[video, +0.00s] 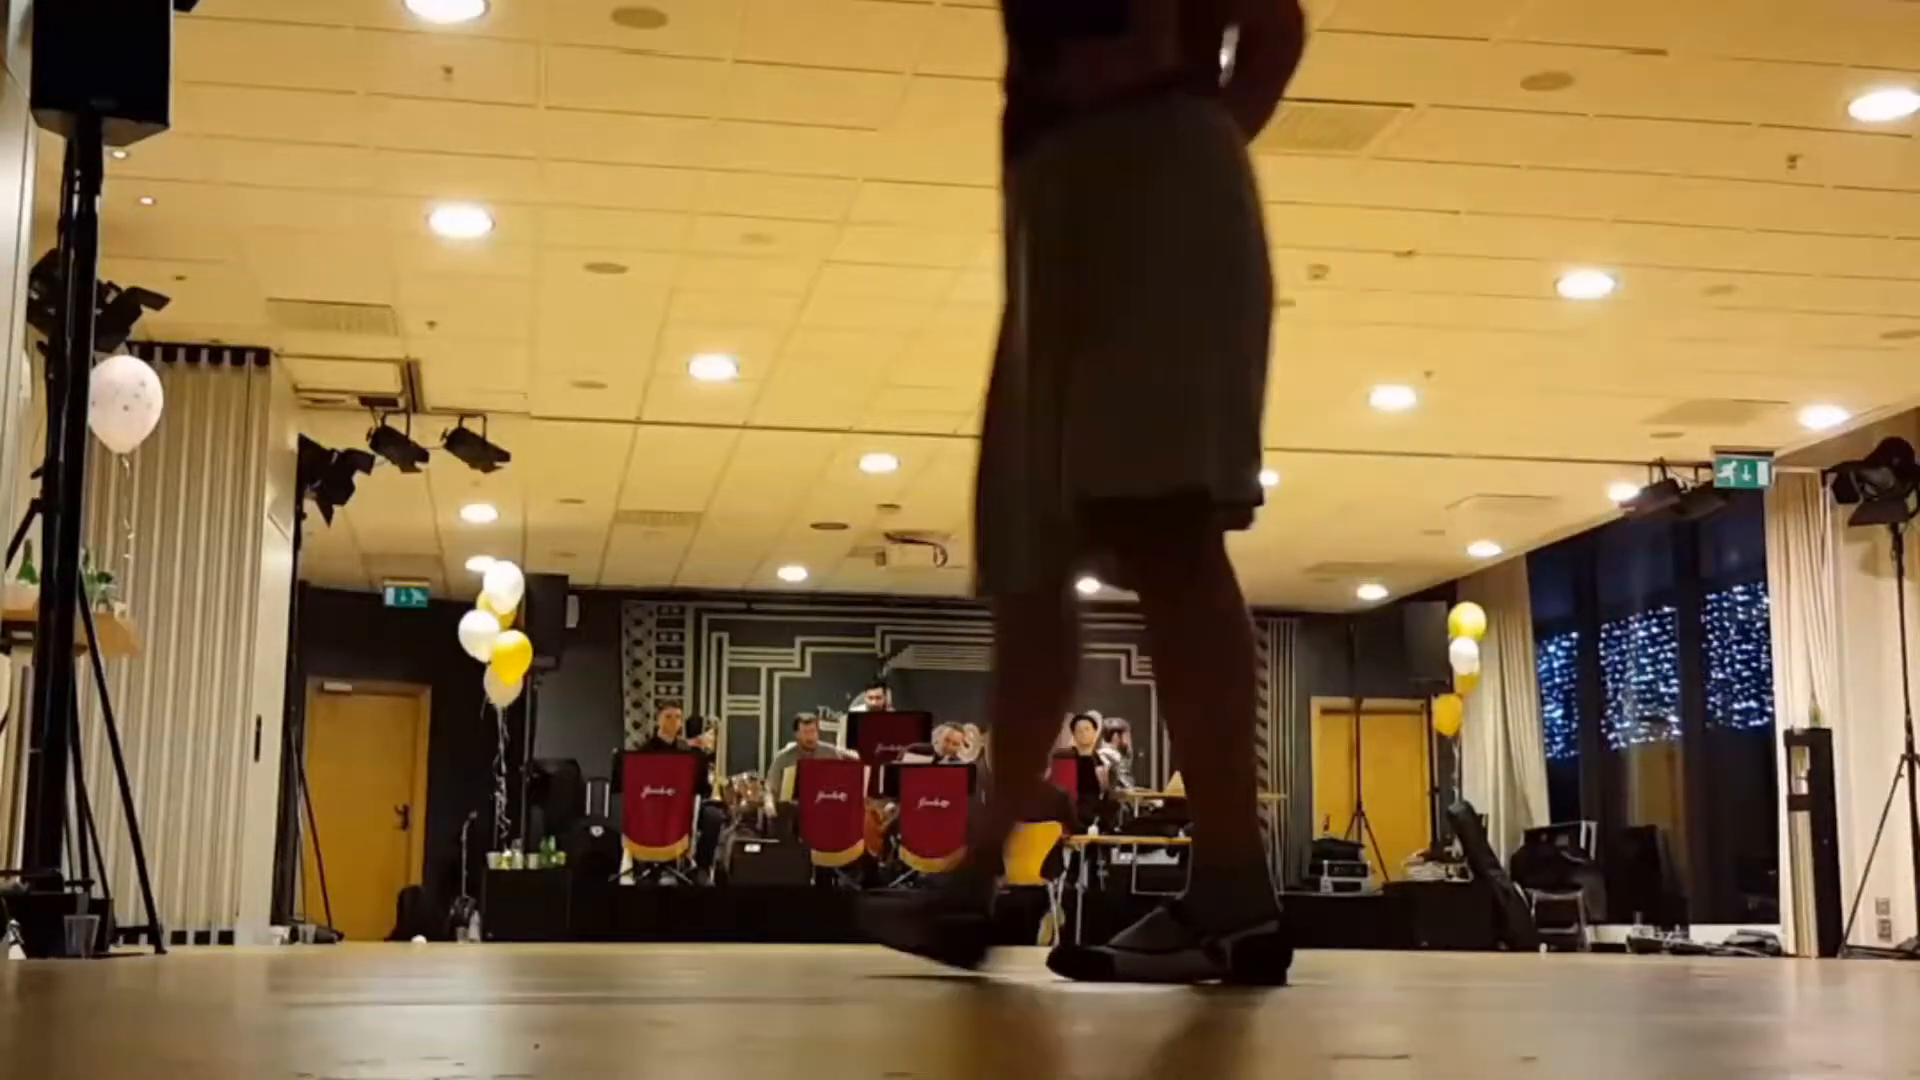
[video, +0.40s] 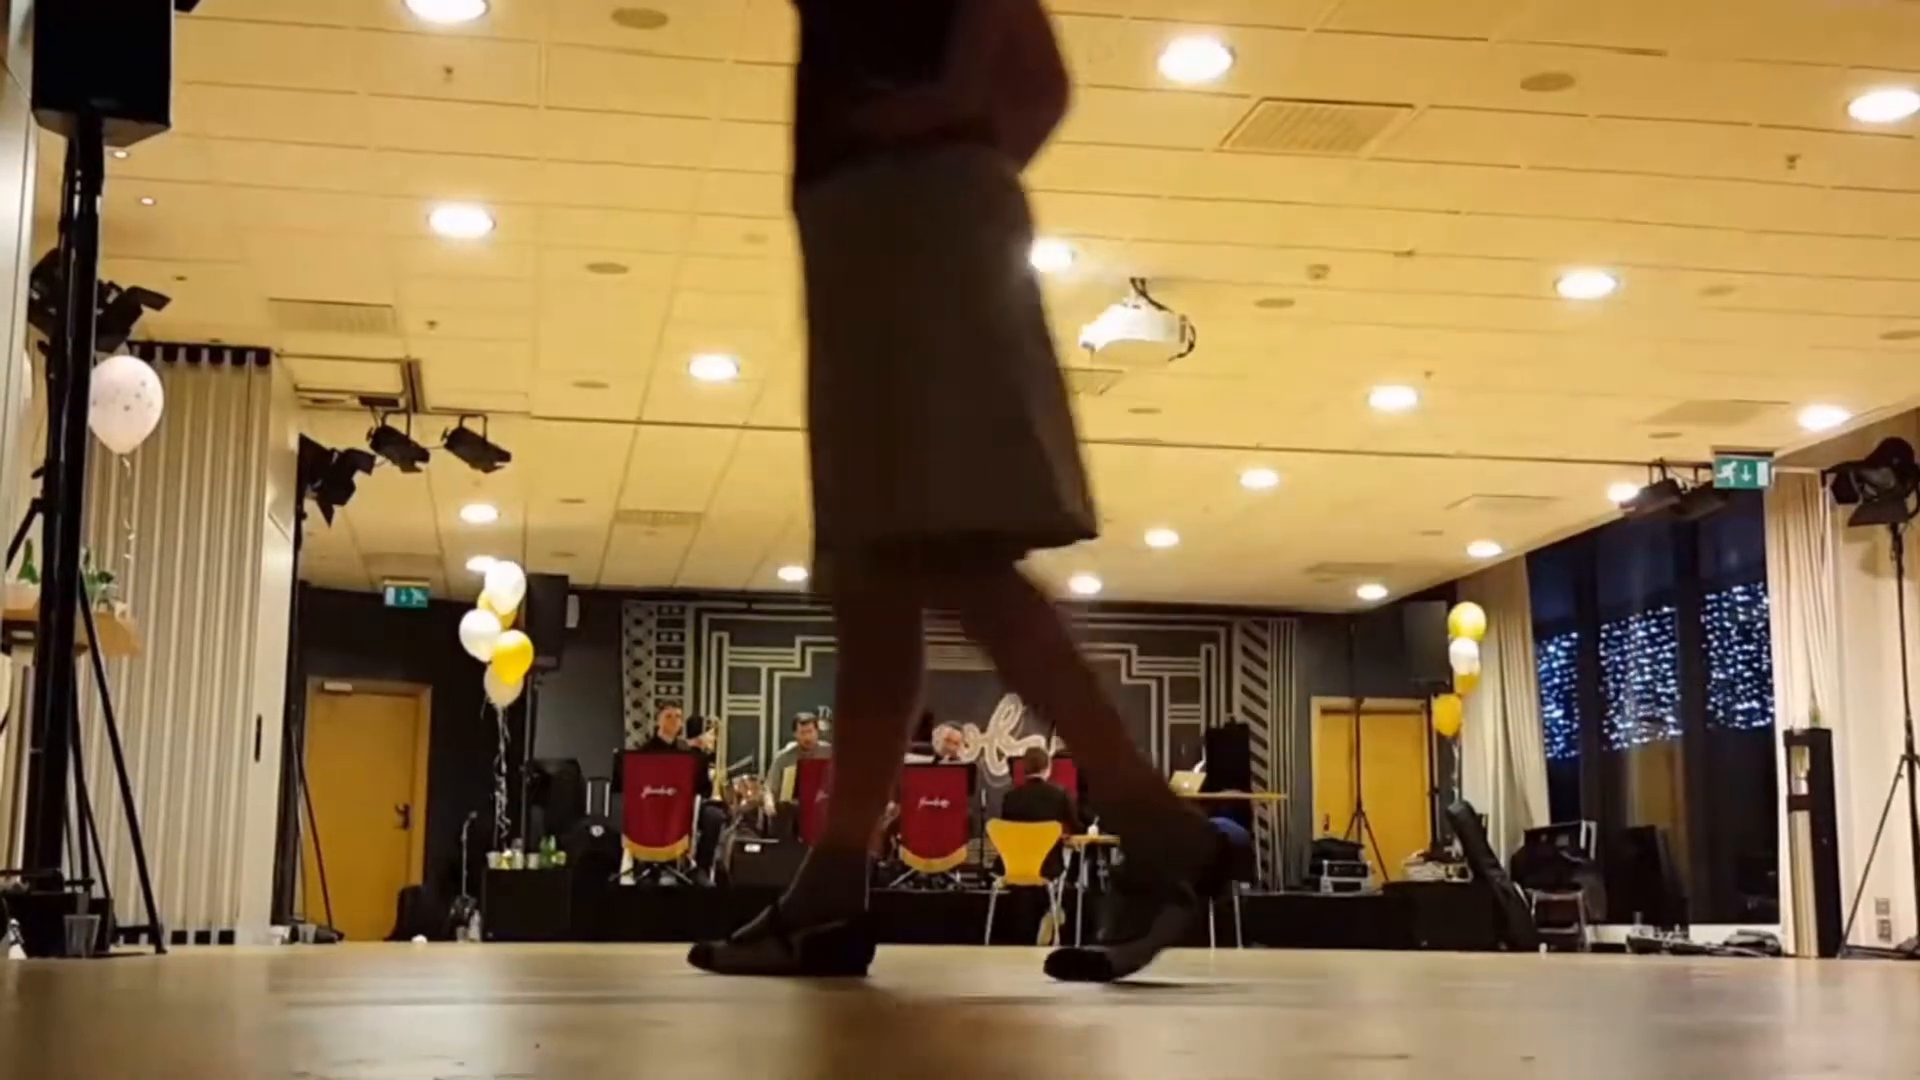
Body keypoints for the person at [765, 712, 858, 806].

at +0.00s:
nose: (810, 736)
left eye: (813, 731)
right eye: (806, 732)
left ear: (818, 732)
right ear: (797, 734)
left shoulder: (831, 753)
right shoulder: (785, 757)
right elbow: (771, 787)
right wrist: (770, 803)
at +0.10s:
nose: (809, 736)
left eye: (812, 731)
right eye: (804, 732)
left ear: (818, 731)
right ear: (797, 733)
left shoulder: (831, 752)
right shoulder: (784, 757)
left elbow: (856, 757)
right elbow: (771, 785)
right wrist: (770, 802)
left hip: (824, 807)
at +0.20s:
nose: (808, 736)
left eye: (811, 730)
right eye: (804, 731)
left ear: (817, 730)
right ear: (796, 733)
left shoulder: (832, 753)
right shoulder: (783, 757)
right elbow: (770, 784)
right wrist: (770, 800)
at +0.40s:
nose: (807, 737)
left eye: (810, 731)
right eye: (802, 732)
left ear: (817, 731)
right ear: (795, 734)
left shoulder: (829, 753)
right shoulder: (783, 758)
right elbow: (770, 786)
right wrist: (769, 802)